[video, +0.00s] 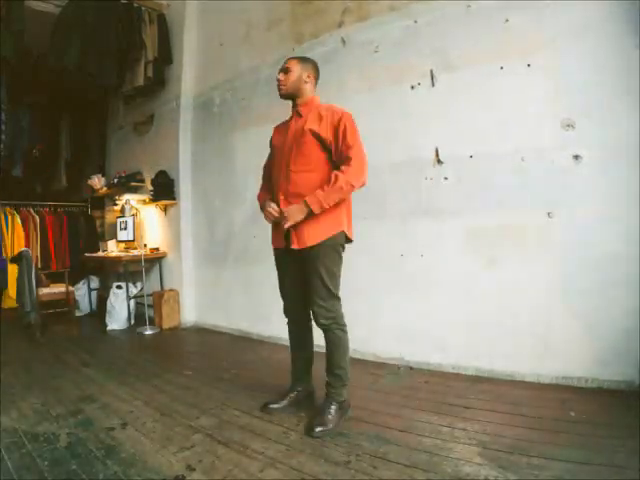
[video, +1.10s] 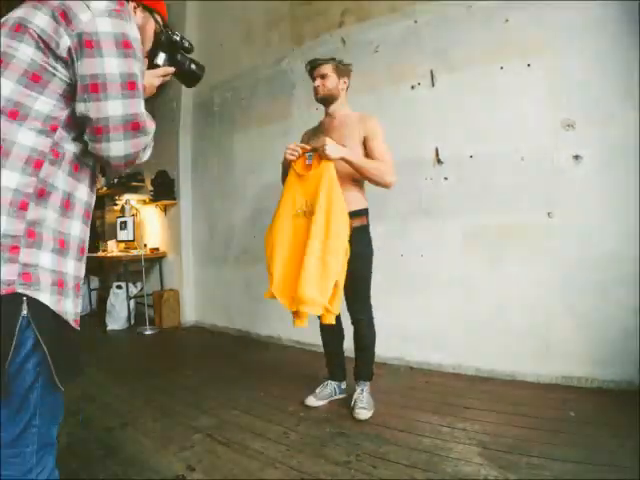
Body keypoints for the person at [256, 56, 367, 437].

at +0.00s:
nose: (279, 78)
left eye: (286, 71)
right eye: (279, 72)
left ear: (308, 78)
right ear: (290, 82)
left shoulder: (337, 119)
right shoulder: (280, 132)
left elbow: (355, 174)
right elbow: (268, 181)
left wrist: (305, 206)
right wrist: (267, 202)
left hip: (324, 233)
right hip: (286, 236)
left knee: (326, 313)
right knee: (296, 314)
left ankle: (336, 399)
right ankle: (300, 389)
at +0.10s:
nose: (308, 67)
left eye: (314, 63)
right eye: (301, 62)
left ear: (321, 76)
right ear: (289, 74)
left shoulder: (342, 122)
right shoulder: (270, 129)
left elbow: (355, 184)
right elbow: (260, 188)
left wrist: (354, 238)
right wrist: (259, 238)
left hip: (330, 237)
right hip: (286, 239)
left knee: (342, 320)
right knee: (297, 320)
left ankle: (355, 408)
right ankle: (302, 396)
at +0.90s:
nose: (315, 70)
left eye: (322, 62)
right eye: (311, 65)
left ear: (342, 68)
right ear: (310, 75)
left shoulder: (373, 116)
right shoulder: (312, 130)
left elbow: (389, 179)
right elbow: (308, 185)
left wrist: (379, 222)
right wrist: (302, 218)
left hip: (362, 238)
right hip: (322, 240)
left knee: (368, 319)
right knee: (334, 319)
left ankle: (369, 395)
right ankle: (341, 391)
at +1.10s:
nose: (316, 84)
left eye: (323, 77)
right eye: (314, 79)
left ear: (344, 82)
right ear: (313, 87)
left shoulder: (365, 124)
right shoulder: (310, 136)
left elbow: (386, 176)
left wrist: (344, 154)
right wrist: (288, 164)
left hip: (352, 226)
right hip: (319, 228)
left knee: (358, 308)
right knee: (326, 305)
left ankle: (363, 385)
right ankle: (336, 381)